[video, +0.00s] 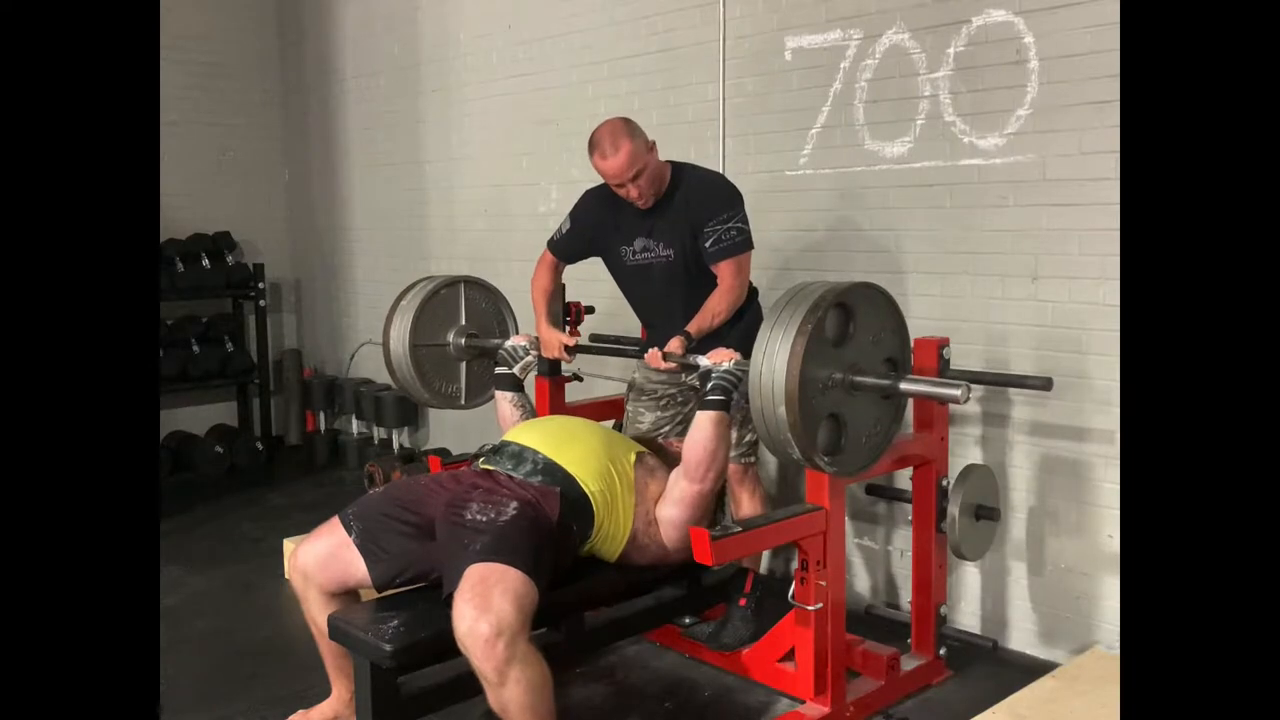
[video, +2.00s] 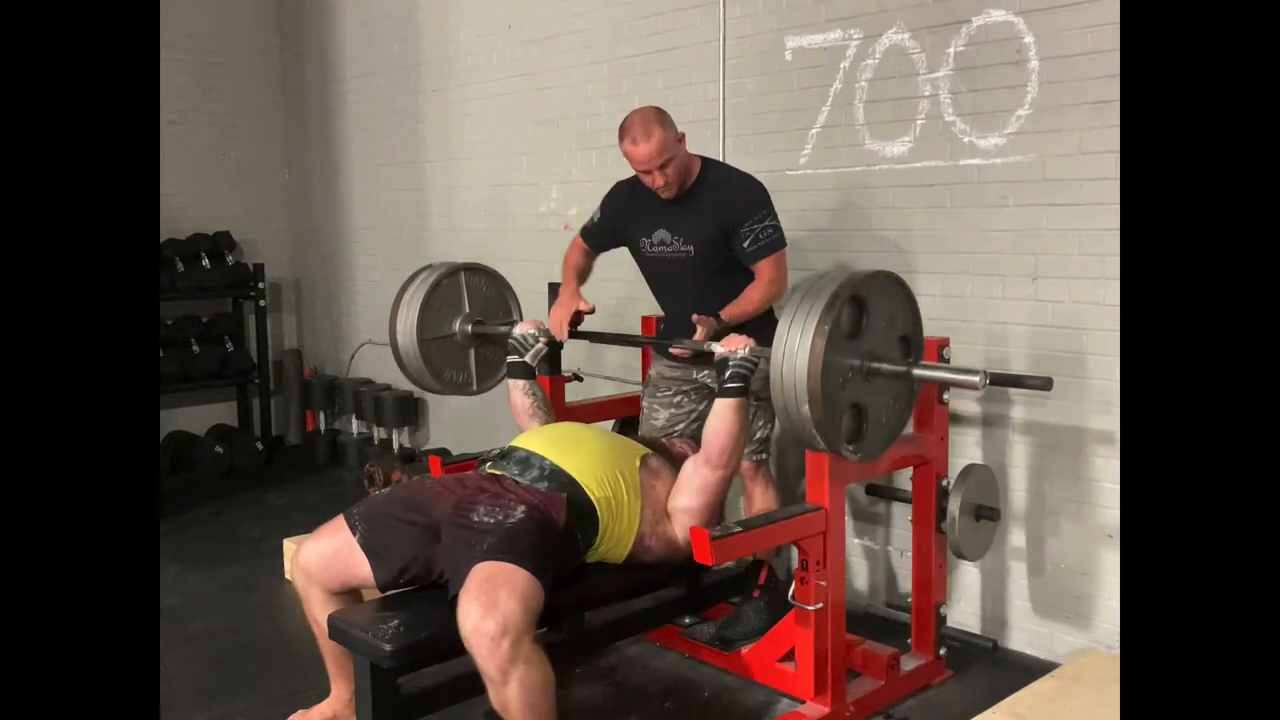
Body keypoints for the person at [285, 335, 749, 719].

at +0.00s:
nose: (672, 433)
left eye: (680, 435)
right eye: (670, 430)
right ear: (655, 435)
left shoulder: (662, 524)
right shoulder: (586, 449)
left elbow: (700, 471)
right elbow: (515, 446)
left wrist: (720, 386)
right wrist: (508, 375)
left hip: (524, 504)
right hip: (454, 480)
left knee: (487, 629)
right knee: (308, 561)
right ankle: (343, 698)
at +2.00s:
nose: (677, 438)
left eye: (689, 440)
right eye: (675, 432)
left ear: (699, 463)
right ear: (659, 437)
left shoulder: (674, 515)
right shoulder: (586, 448)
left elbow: (718, 459)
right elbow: (532, 435)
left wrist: (735, 376)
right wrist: (523, 362)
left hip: (529, 507)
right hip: (461, 483)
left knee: (493, 626)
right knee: (311, 563)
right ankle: (343, 698)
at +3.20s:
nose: (669, 431)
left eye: (683, 435)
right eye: (665, 425)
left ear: (699, 460)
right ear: (647, 428)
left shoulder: (684, 492)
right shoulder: (596, 447)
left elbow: (756, 478)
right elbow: (544, 432)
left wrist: (786, 385)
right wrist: (572, 363)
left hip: (548, 524)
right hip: (478, 495)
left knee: (452, 554)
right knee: (308, 530)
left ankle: (376, 713)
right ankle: (251, 702)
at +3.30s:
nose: (658, 427)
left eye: (673, 429)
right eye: (654, 421)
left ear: (695, 450)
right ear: (640, 426)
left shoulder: (685, 488)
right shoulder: (586, 453)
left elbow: (754, 478)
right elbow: (533, 450)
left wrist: (785, 388)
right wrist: (560, 379)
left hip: (554, 543)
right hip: (474, 514)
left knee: (466, 483)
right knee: (330, 463)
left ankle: (311, 636)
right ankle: (222, 618)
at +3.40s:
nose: (670, 419)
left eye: (686, 426)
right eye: (667, 417)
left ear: (703, 453)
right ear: (651, 426)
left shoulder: (690, 492)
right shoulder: (603, 447)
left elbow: (760, 476)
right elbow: (536, 433)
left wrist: (784, 386)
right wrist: (569, 370)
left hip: (553, 554)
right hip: (477, 528)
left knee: (507, 427)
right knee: (383, 405)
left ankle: (323, 499)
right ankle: (234, 488)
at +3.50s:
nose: (678, 430)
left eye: (693, 433)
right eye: (674, 426)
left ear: (708, 456)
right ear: (660, 433)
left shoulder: (701, 494)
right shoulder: (619, 460)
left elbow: (757, 479)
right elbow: (552, 440)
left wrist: (788, 386)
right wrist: (572, 369)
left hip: (542, 540)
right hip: (471, 513)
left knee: (549, 385)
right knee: (425, 366)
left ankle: (374, 390)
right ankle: (277, 376)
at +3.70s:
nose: (672, 432)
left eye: (688, 434)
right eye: (667, 428)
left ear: (708, 460)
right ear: (655, 435)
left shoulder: (702, 500)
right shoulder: (618, 462)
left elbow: (752, 478)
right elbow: (556, 438)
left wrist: (758, 426)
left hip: (547, 523)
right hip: (473, 497)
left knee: (540, 360)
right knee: (413, 345)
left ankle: (360, 382)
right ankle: (254, 337)